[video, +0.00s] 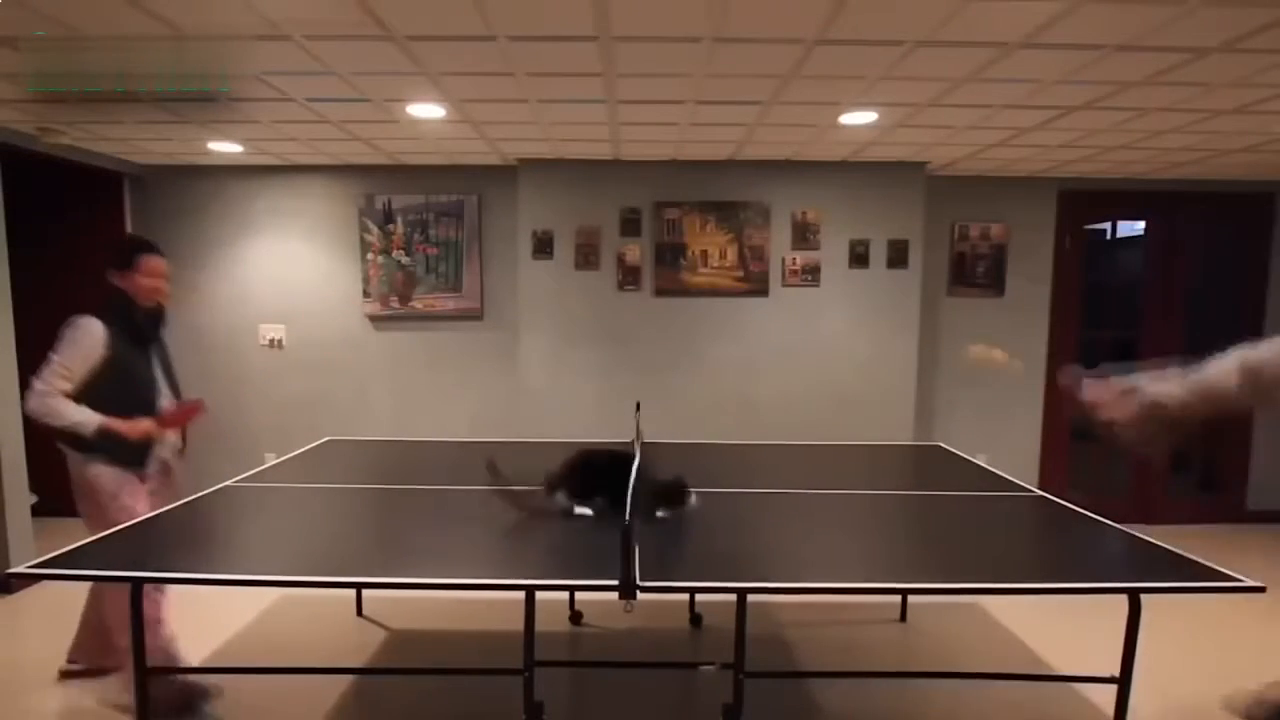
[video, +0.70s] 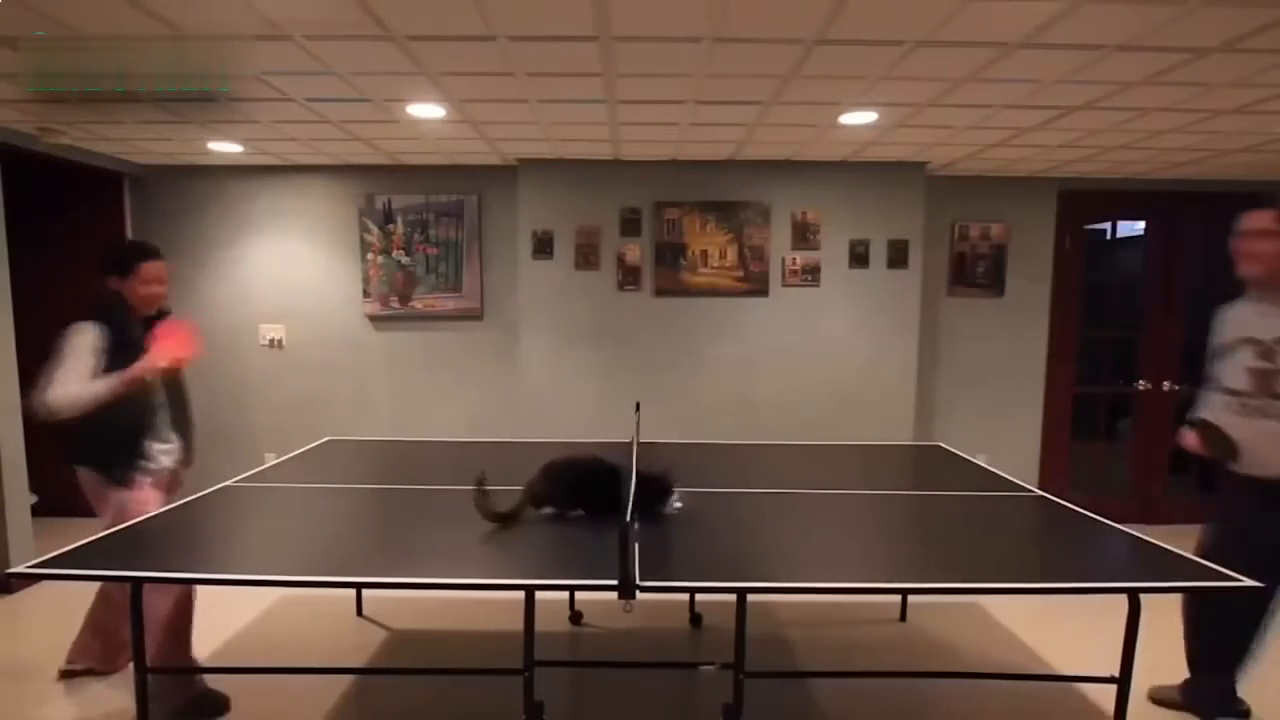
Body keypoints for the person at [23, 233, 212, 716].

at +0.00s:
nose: (161, 288)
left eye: (165, 279)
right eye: (151, 278)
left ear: (165, 283)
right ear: (123, 279)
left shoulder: (150, 334)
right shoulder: (93, 330)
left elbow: (160, 401)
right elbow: (40, 400)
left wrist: (175, 420)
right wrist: (115, 427)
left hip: (147, 466)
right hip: (103, 470)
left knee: (127, 560)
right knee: (143, 560)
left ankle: (91, 655)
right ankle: (159, 677)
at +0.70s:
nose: (160, 292)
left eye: (163, 282)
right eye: (150, 282)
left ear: (165, 284)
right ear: (119, 285)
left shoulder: (157, 334)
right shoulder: (93, 333)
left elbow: (172, 414)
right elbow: (52, 400)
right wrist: (133, 375)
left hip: (153, 465)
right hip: (108, 468)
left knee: (132, 564)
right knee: (168, 567)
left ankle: (89, 658)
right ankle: (170, 686)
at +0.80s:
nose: (186, 282)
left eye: (188, 272)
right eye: (175, 273)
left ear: (186, 276)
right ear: (142, 278)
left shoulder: (175, 328)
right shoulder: (119, 325)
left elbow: (186, 403)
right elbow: (110, 378)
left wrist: (188, 460)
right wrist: (182, 344)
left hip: (165, 466)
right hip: (121, 468)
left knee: (133, 565)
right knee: (176, 569)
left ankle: (92, 657)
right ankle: (174, 689)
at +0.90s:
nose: (209, 283)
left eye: (211, 273)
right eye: (200, 273)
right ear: (166, 274)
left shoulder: (187, 320)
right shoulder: (143, 316)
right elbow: (135, 360)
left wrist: (192, 458)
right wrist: (202, 337)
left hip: (174, 463)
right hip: (131, 464)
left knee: (180, 573)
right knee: (162, 576)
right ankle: (167, 691)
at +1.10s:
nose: (227, 292)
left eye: (229, 283)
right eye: (218, 282)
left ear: (218, 283)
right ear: (182, 280)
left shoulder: (200, 327)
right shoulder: (150, 324)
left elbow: (189, 381)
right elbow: (94, 386)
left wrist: (227, 385)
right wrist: (179, 387)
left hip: (175, 469)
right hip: (132, 473)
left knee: (136, 564)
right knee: (172, 578)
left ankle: (103, 640)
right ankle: (173, 692)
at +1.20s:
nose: (227, 312)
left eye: (230, 303)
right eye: (220, 301)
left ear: (213, 301)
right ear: (187, 297)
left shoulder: (201, 340)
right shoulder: (147, 338)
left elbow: (182, 407)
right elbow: (77, 402)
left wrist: (209, 410)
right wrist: (159, 418)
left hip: (160, 468)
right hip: (114, 471)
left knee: (149, 569)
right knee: (169, 574)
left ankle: (113, 657)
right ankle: (173, 692)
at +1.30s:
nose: (219, 341)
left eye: (223, 332)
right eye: (214, 330)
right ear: (182, 322)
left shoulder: (191, 362)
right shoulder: (135, 359)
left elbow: (176, 428)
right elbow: (59, 422)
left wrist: (193, 441)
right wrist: (132, 452)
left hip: (149, 480)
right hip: (100, 483)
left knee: (172, 562)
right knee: (162, 578)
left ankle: (118, 650)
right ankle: (172, 694)